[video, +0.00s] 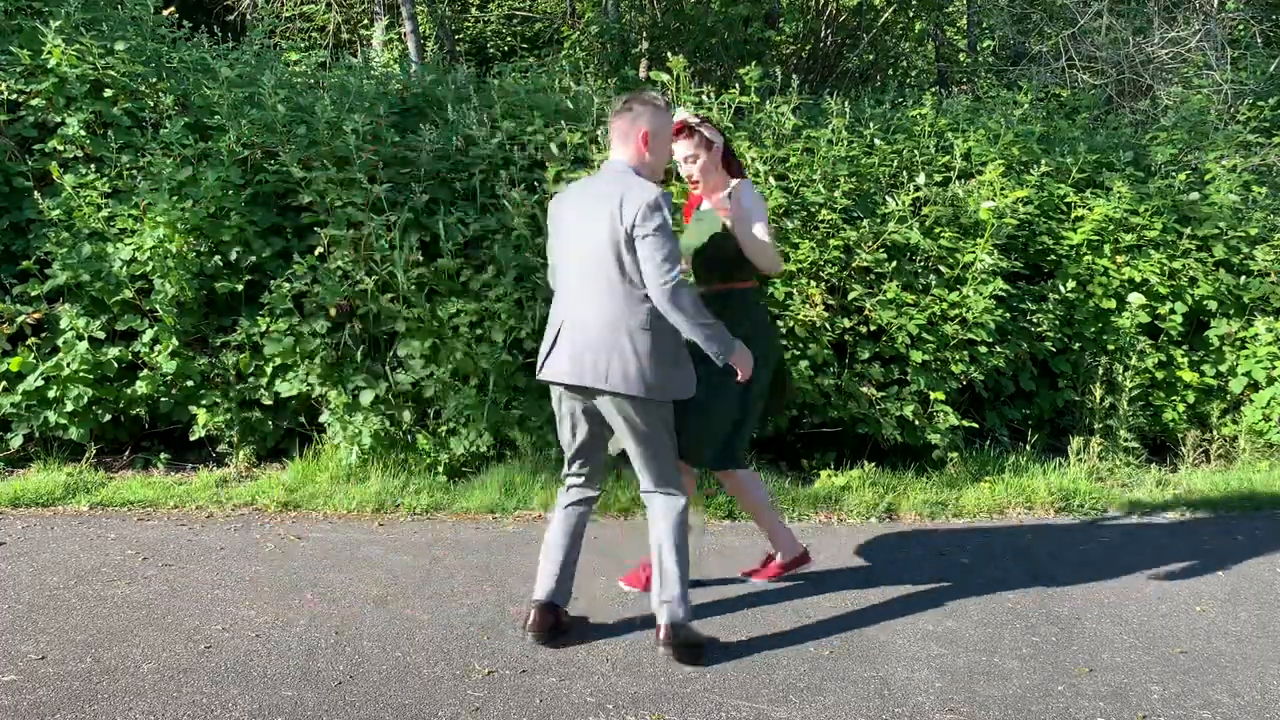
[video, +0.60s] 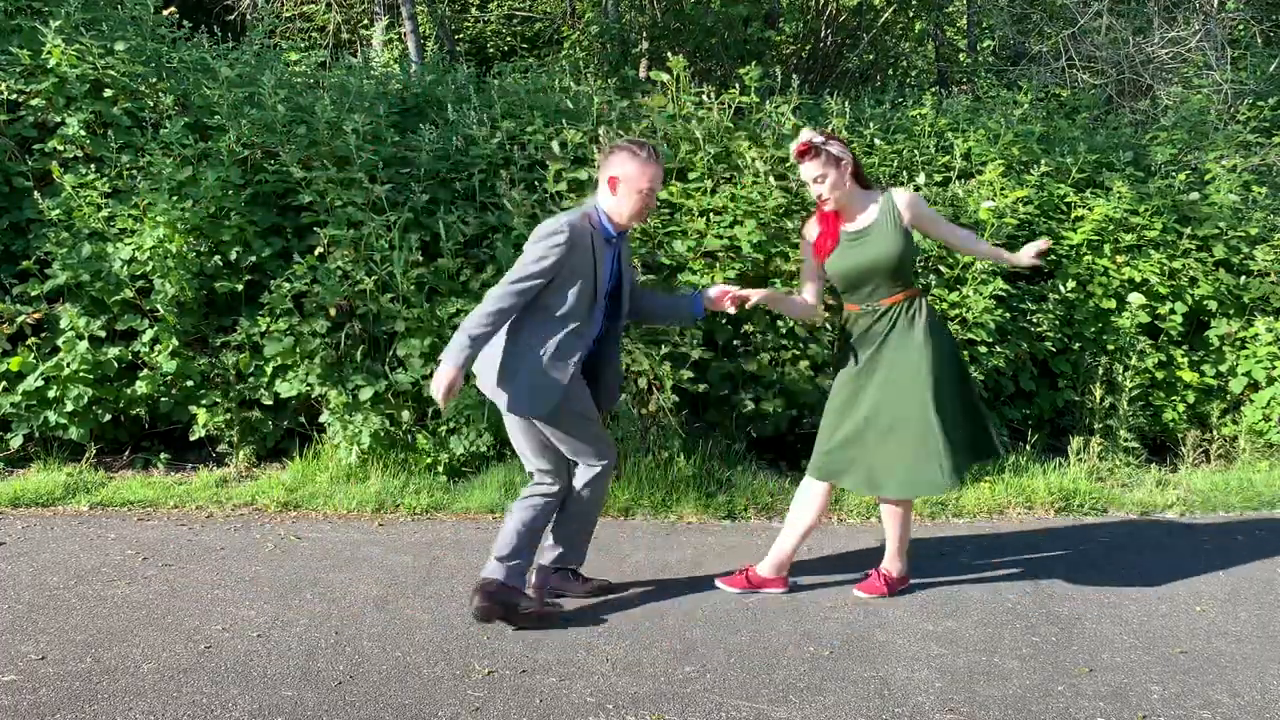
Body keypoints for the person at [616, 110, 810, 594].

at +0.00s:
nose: (687, 168)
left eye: (694, 157)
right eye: (681, 160)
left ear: (717, 151)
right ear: (676, 161)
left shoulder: (743, 193)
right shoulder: (692, 202)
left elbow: (772, 264)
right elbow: (684, 265)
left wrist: (736, 227)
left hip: (739, 318)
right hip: (702, 316)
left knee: (685, 441)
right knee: (720, 447)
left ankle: (661, 560)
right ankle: (787, 546)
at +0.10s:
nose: (719, 174)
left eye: (724, 162)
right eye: (712, 167)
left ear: (747, 150)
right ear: (712, 163)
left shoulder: (781, 182)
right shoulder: (736, 198)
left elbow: (810, 237)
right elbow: (729, 251)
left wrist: (771, 177)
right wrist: (684, 246)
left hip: (777, 324)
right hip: (746, 322)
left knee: (730, 437)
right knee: (723, 437)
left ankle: (783, 542)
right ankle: (781, 541)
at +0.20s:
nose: (743, 175)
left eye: (745, 163)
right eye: (738, 167)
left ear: (771, 147)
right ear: (749, 159)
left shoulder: (811, 172)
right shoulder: (757, 190)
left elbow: (843, 232)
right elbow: (762, 253)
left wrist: (797, 186)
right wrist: (716, 239)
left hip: (818, 332)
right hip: (775, 332)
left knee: (802, 447)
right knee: (733, 430)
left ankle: (866, 539)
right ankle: (772, 533)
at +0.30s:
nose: (772, 182)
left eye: (775, 169)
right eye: (765, 174)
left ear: (798, 153)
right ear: (766, 170)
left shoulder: (842, 188)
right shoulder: (779, 209)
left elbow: (881, 256)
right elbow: (774, 272)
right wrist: (733, 255)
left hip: (853, 343)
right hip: (803, 344)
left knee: (857, 451)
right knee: (749, 425)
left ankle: (890, 561)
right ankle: (760, 546)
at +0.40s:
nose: (785, 187)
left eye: (788, 175)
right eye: (779, 180)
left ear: (814, 158)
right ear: (778, 176)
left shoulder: (865, 195)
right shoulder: (793, 217)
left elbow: (904, 264)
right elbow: (789, 288)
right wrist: (748, 276)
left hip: (879, 335)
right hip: (829, 341)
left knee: (867, 448)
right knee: (787, 439)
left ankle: (893, 563)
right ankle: (764, 564)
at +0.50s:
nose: (800, 190)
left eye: (804, 178)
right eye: (794, 182)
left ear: (831, 163)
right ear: (794, 180)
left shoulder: (884, 202)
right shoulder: (807, 222)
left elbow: (940, 261)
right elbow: (797, 298)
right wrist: (760, 290)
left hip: (894, 334)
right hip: (849, 342)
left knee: (882, 451)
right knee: (819, 448)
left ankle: (897, 567)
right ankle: (768, 567)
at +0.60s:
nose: (816, 191)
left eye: (820, 179)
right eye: (809, 184)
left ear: (846, 165)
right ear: (807, 184)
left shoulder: (899, 204)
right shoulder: (818, 230)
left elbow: (957, 237)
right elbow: (807, 306)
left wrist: (1012, 257)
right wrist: (764, 295)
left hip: (910, 337)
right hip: (863, 347)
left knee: (893, 448)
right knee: (828, 452)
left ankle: (896, 565)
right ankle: (775, 564)